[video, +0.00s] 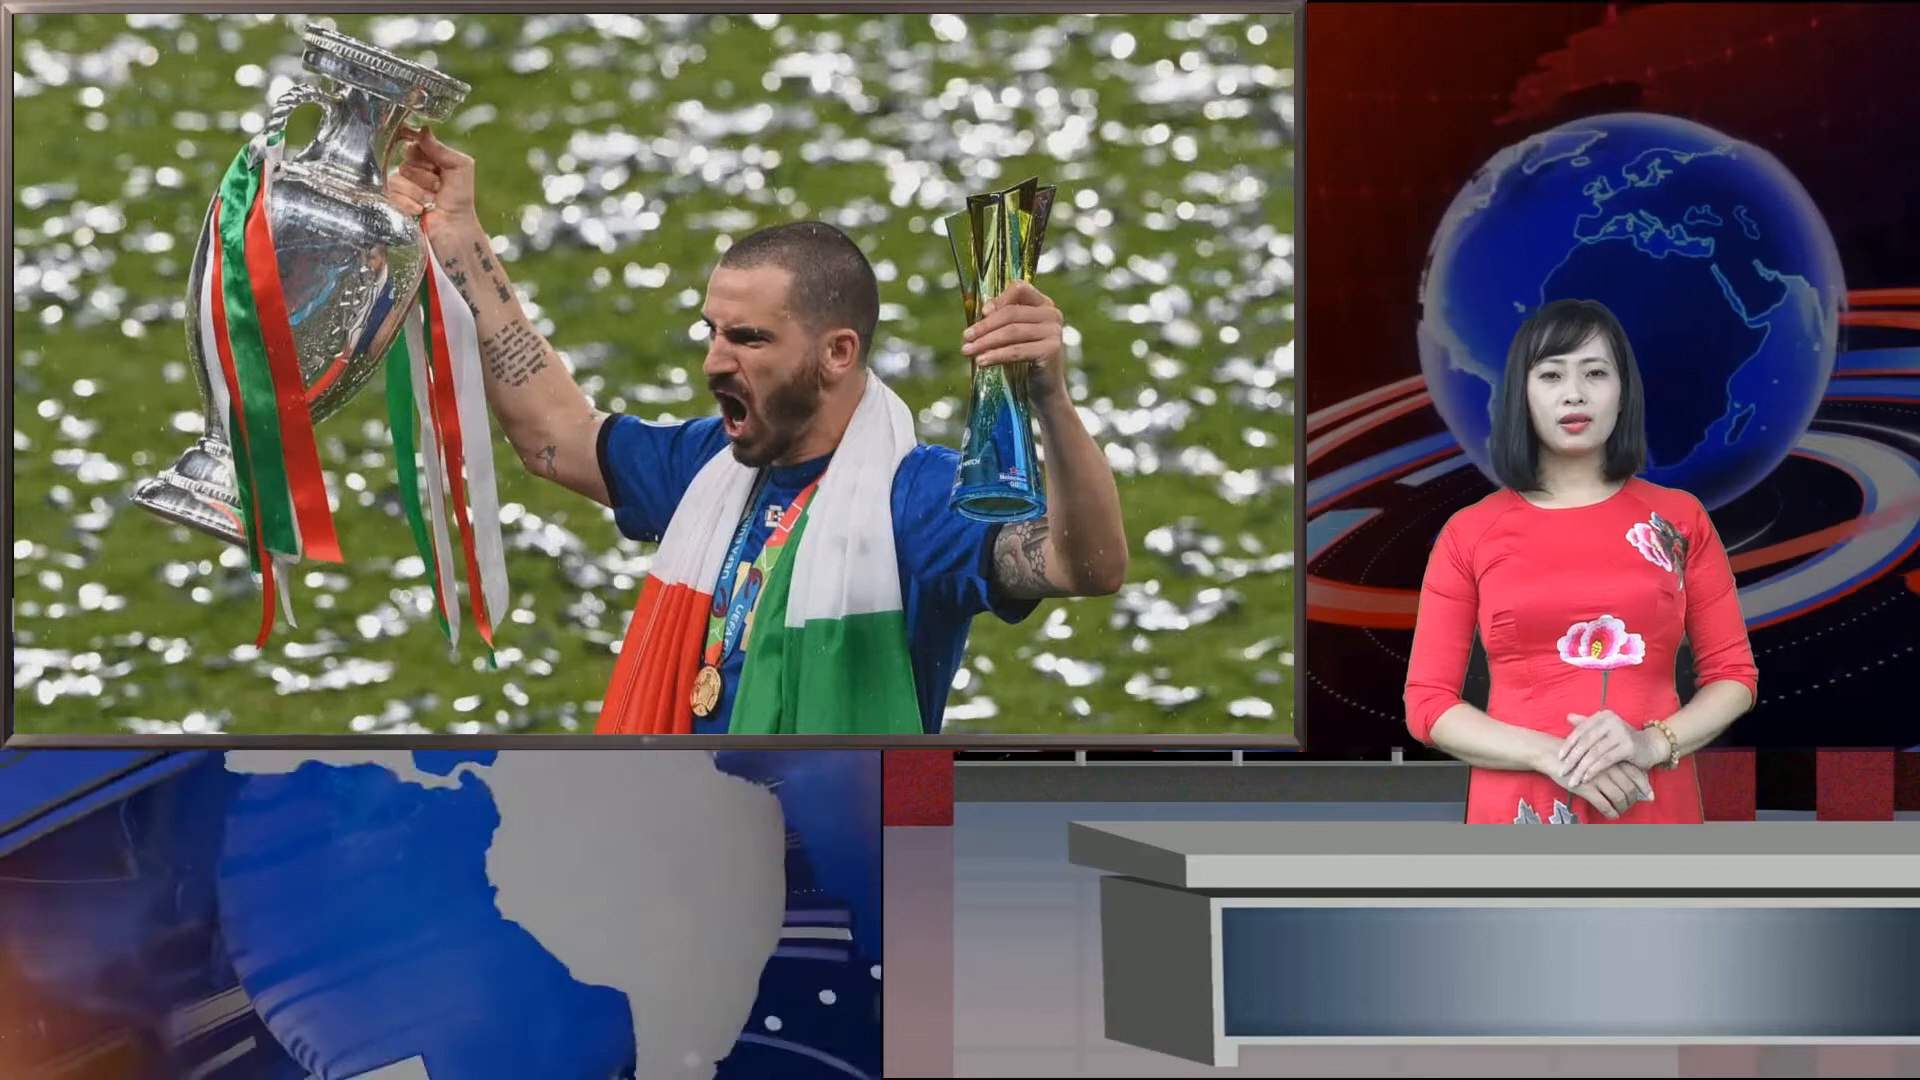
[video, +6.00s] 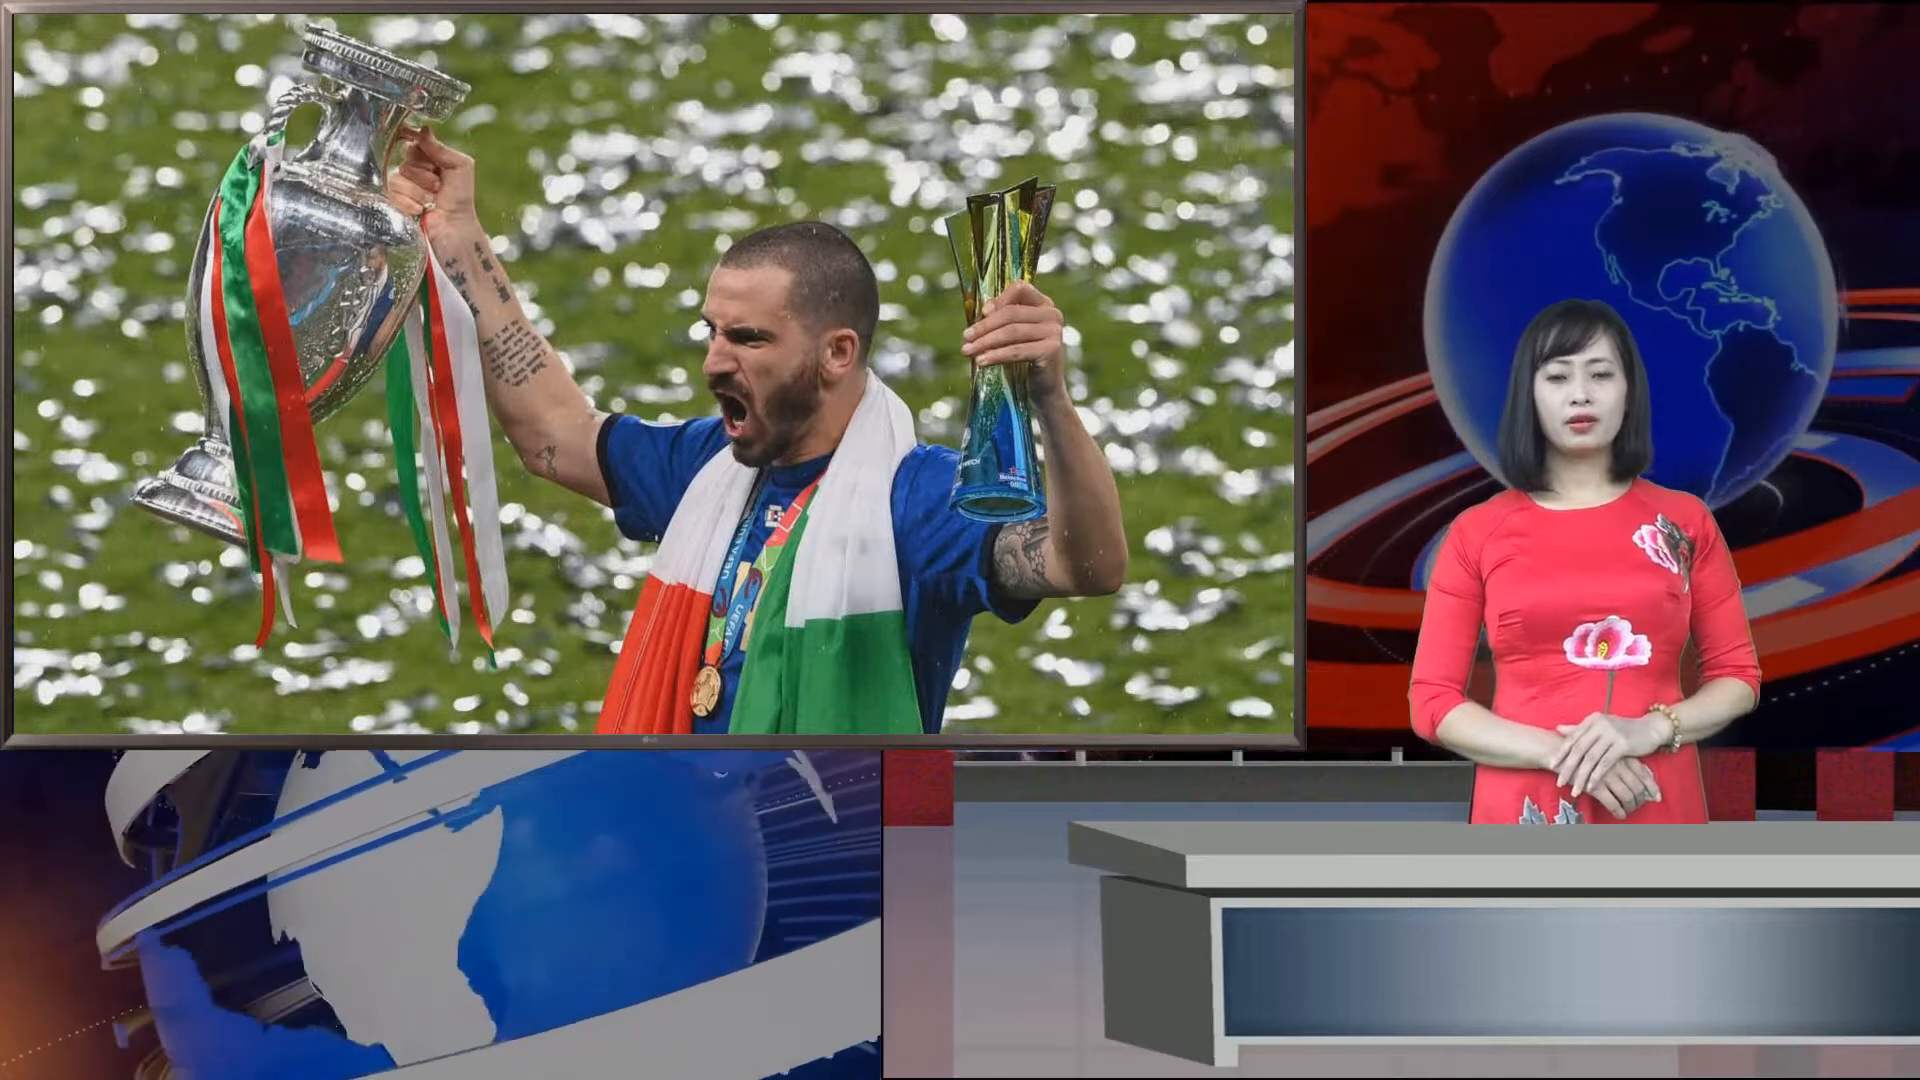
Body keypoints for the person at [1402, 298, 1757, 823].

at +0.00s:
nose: (1574, 393)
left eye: (1595, 373)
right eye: (1551, 375)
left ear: (1623, 391)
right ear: (1522, 393)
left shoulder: (1678, 519)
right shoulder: (1471, 534)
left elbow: (1733, 678)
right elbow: (1428, 704)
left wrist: (1651, 742)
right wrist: (1552, 753)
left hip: (1657, 825)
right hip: (1517, 825)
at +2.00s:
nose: (1578, 394)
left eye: (1599, 375)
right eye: (1556, 375)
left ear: (1626, 393)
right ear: (1527, 393)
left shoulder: (1680, 521)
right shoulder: (1474, 535)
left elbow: (1734, 679)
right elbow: (1430, 704)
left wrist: (1653, 740)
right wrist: (1557, 752)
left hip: (1659, 823)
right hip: (1519, 825)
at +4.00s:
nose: (1581, 392)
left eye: (1602, 372)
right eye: (1559, 374)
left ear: (1629, 391)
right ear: (1531, 393)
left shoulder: (1685, 521)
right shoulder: (1479, 534)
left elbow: (1740, 679)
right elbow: (1433, 701)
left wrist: (1650, 717)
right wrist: (1555, 752)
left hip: (1662, 822)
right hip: (1523, 822)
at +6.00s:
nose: (1580, 394)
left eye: (1601, 375)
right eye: (1558, 376)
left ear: (1629, 391)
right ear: (1530, 394)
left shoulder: (1685, 522)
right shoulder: (1479, 533)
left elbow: (1737, 680)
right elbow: (1432, 701)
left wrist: (1650, 728)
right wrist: (1566, 752)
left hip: (1661, 823)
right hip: (1521, 824)